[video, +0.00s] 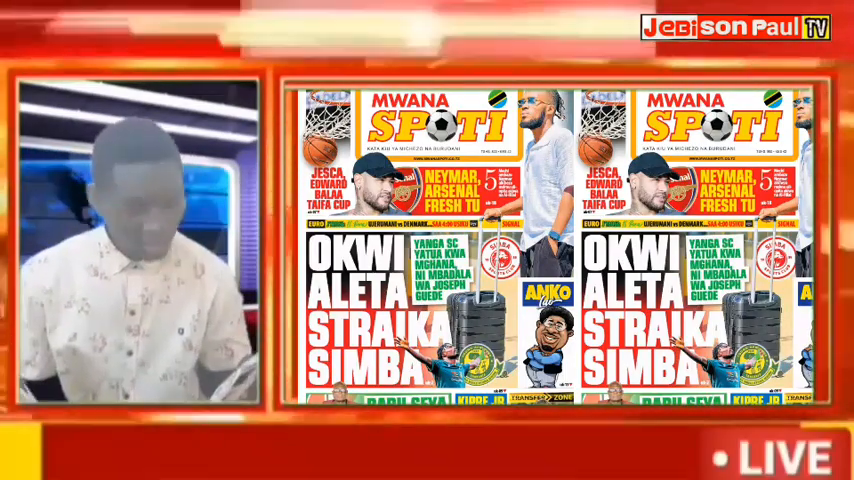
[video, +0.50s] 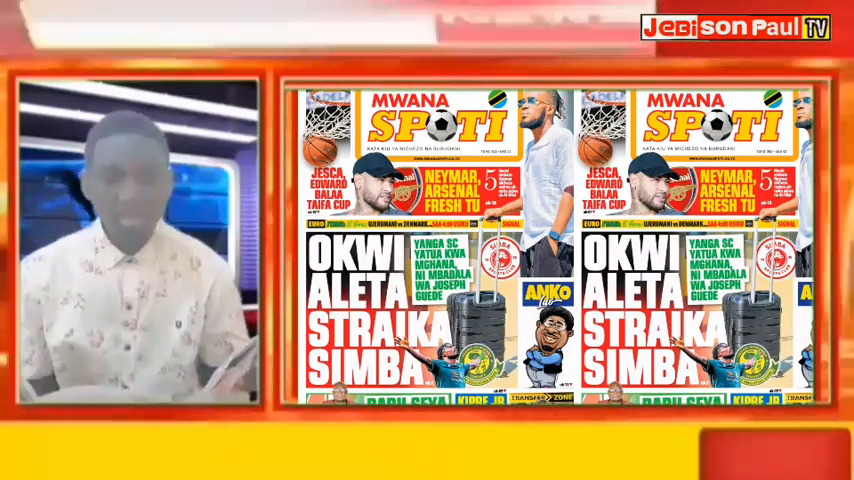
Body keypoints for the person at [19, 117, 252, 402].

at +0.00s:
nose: (155, 224)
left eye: (169, 205)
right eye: (137, 207)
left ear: (184, 195)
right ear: (95, 198)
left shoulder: (213, 278)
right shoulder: (45, 276)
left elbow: (230, 387)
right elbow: (42, 393)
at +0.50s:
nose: (130, 195)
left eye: (147, 176)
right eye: (113, 177)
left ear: (171, 183)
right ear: (86, 185)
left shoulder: (210, 273)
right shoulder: (38, 274)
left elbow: (231, 381)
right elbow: (36, 393)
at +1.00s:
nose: (114, 208)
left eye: (134, 192)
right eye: (100, 189)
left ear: (168, 189)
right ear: (83, 187)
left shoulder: (207, 273)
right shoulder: (37, 275)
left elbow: (234, 379)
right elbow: (36, 393)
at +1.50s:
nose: (127, 187)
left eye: (143, 171)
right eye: (110, 173)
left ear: (169, 184)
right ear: (86, 187)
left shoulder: (208, 274)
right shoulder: (39, 276)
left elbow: (231, 385)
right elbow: (28, 394)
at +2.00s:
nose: (127, 184)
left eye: (145, 169)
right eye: (107, 170)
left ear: (167, 181)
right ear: (85, 186)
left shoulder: (206, 272)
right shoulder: (40, 274)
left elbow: (232, 386)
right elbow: (20, 390)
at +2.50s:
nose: (124, 201)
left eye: (141, 182)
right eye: (104, 184)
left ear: (164, 181)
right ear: (81, 187)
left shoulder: (205, 273)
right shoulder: (36, 277)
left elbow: (229, 391)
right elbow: (25, 394)